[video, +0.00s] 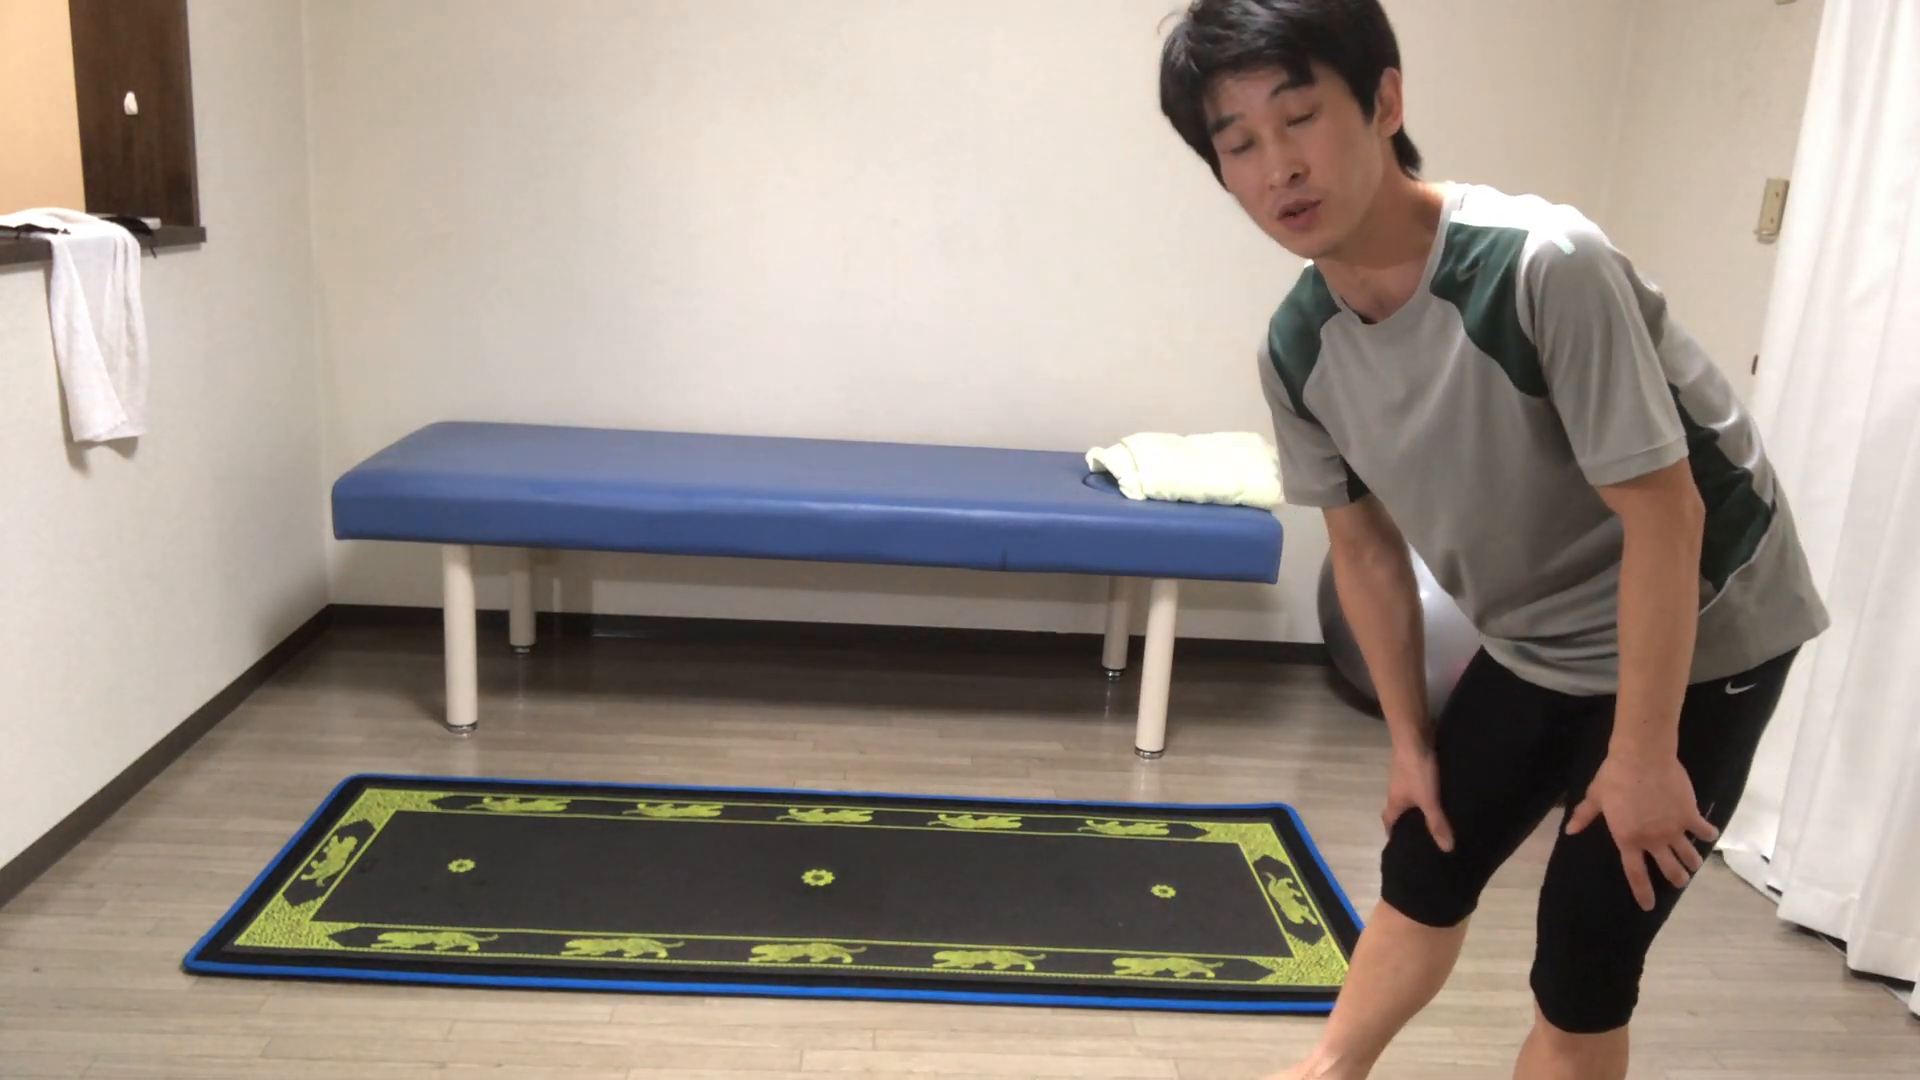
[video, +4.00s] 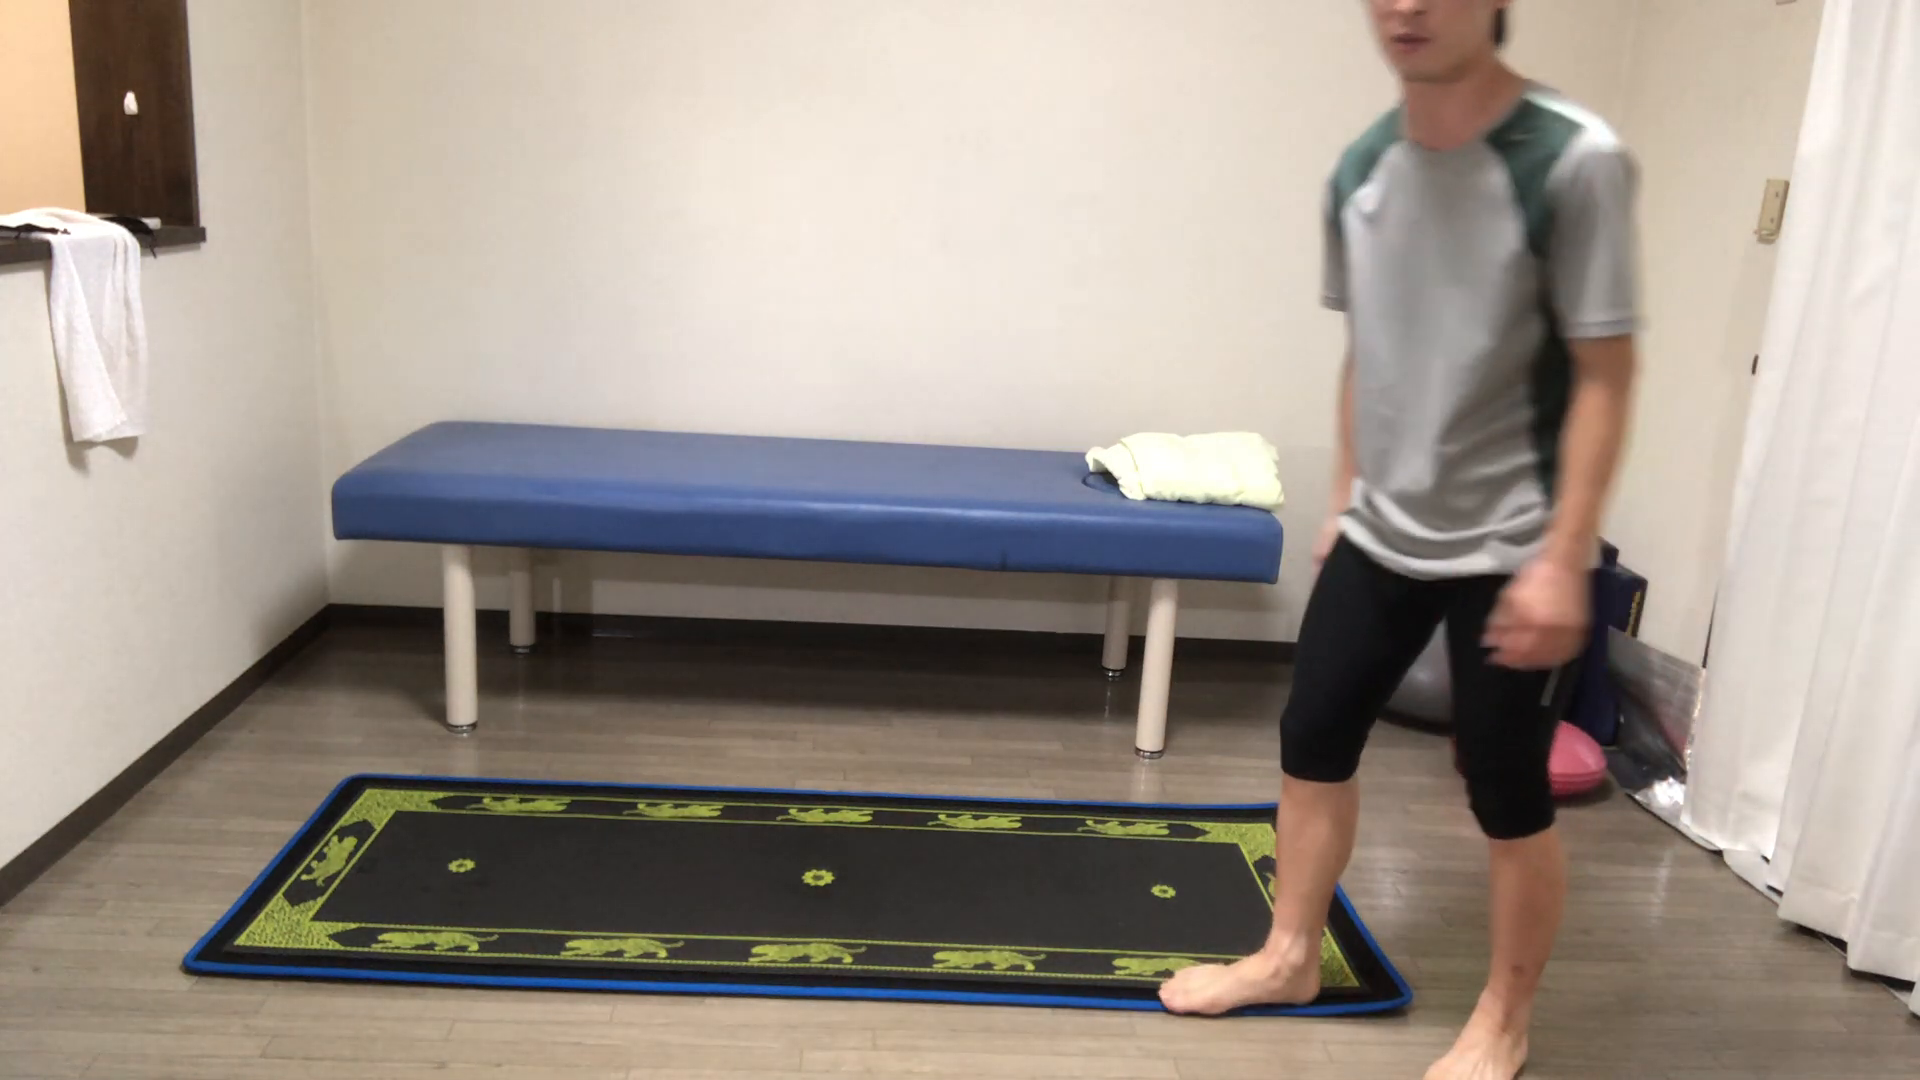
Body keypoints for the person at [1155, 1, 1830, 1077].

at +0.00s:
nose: (1278, 171)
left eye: (1301, 119)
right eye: (1239, 146)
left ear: (1385, 107)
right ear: (1219, 175)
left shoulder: (1544, 269)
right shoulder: (1301, 348)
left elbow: (1667, 515)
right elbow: (1363, 546)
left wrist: (1644, 748)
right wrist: (1409, 739)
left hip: (1710, 621)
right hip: (1542, 627)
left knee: (1588, 930)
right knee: (1422, 858)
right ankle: (1333, 1062)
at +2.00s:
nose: (1130, 226)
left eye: (1143, 179)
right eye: (1103, 201)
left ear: (1237, 141)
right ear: (1091, 206)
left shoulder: (1409, 292)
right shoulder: (1230, 313)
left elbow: (1540, 484)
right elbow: (1369, 462)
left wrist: (1541, 693)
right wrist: (1347, 595)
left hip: (1542, 600)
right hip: (1401, 588)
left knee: (1503, 906)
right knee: (1366, 836)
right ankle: (1327, 1059)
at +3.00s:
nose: (1174, 185)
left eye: (1183, 142)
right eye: (1144, 177)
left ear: (1258, 118)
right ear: (1138, 204)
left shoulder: (1414, 242)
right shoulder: (1270, 323)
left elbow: (1520, 449)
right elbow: (1410, 469)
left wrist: (1458, 654)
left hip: (1581, 580)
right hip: (1443, 579)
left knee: (1493, 857)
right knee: (1386, 815)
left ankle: (1510, 1011)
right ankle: (1326, 1058)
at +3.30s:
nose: (1330, 113)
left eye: (1350, 70)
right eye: (1298, 96)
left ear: (1420, 59)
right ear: (1283, 121)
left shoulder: (1555, 208)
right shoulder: (1355, 278)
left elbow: (1629, 409)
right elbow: (1432, 441)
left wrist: (1450, 533)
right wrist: (1435, 570)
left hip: (1615, 583)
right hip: (1474, 577)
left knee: (1536, 830)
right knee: (1394, 799)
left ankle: (1508, 1033)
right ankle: (1332, 1044)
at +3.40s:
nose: (1374, 86)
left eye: (1396, 47)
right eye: (1343, 67)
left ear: (1462, 40)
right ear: (1325, 96)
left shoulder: (1596, 196)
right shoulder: (1380, 262)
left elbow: (1665, 404)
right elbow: (1437, 433)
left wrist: (1573, 581)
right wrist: (1451, 571)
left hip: (1623, 576)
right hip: (1477, 569)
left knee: (1542, 825)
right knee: (1383, 790)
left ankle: (1504, 1036)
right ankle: (1327, 1040)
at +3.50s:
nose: (1406, 59)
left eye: (1431, 22)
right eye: (1376, 38)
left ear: (1500, 25)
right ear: (1361, 63)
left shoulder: (1621, 191)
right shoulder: (1401, 234)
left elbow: (1689, 406)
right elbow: (1447, 412)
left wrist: (1710, 596)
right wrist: (1453, 548)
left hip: (1607, 578)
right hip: (1468, 561)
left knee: (1540, 819)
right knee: (1362, 775)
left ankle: (1504, 1034)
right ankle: (1317, 1031)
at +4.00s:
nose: (1402, 8)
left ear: (1494, 7)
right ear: (1370, 12)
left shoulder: (1574, 159)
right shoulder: (1362, 167)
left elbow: (1604, 375)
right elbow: (1364, 354)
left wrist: (1566, 556)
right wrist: (1345, 505)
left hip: (1513, 538)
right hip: (1386, 523)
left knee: (1506, 789)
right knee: (1314, 735)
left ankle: (1504, 1021)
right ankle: (1290, 956)